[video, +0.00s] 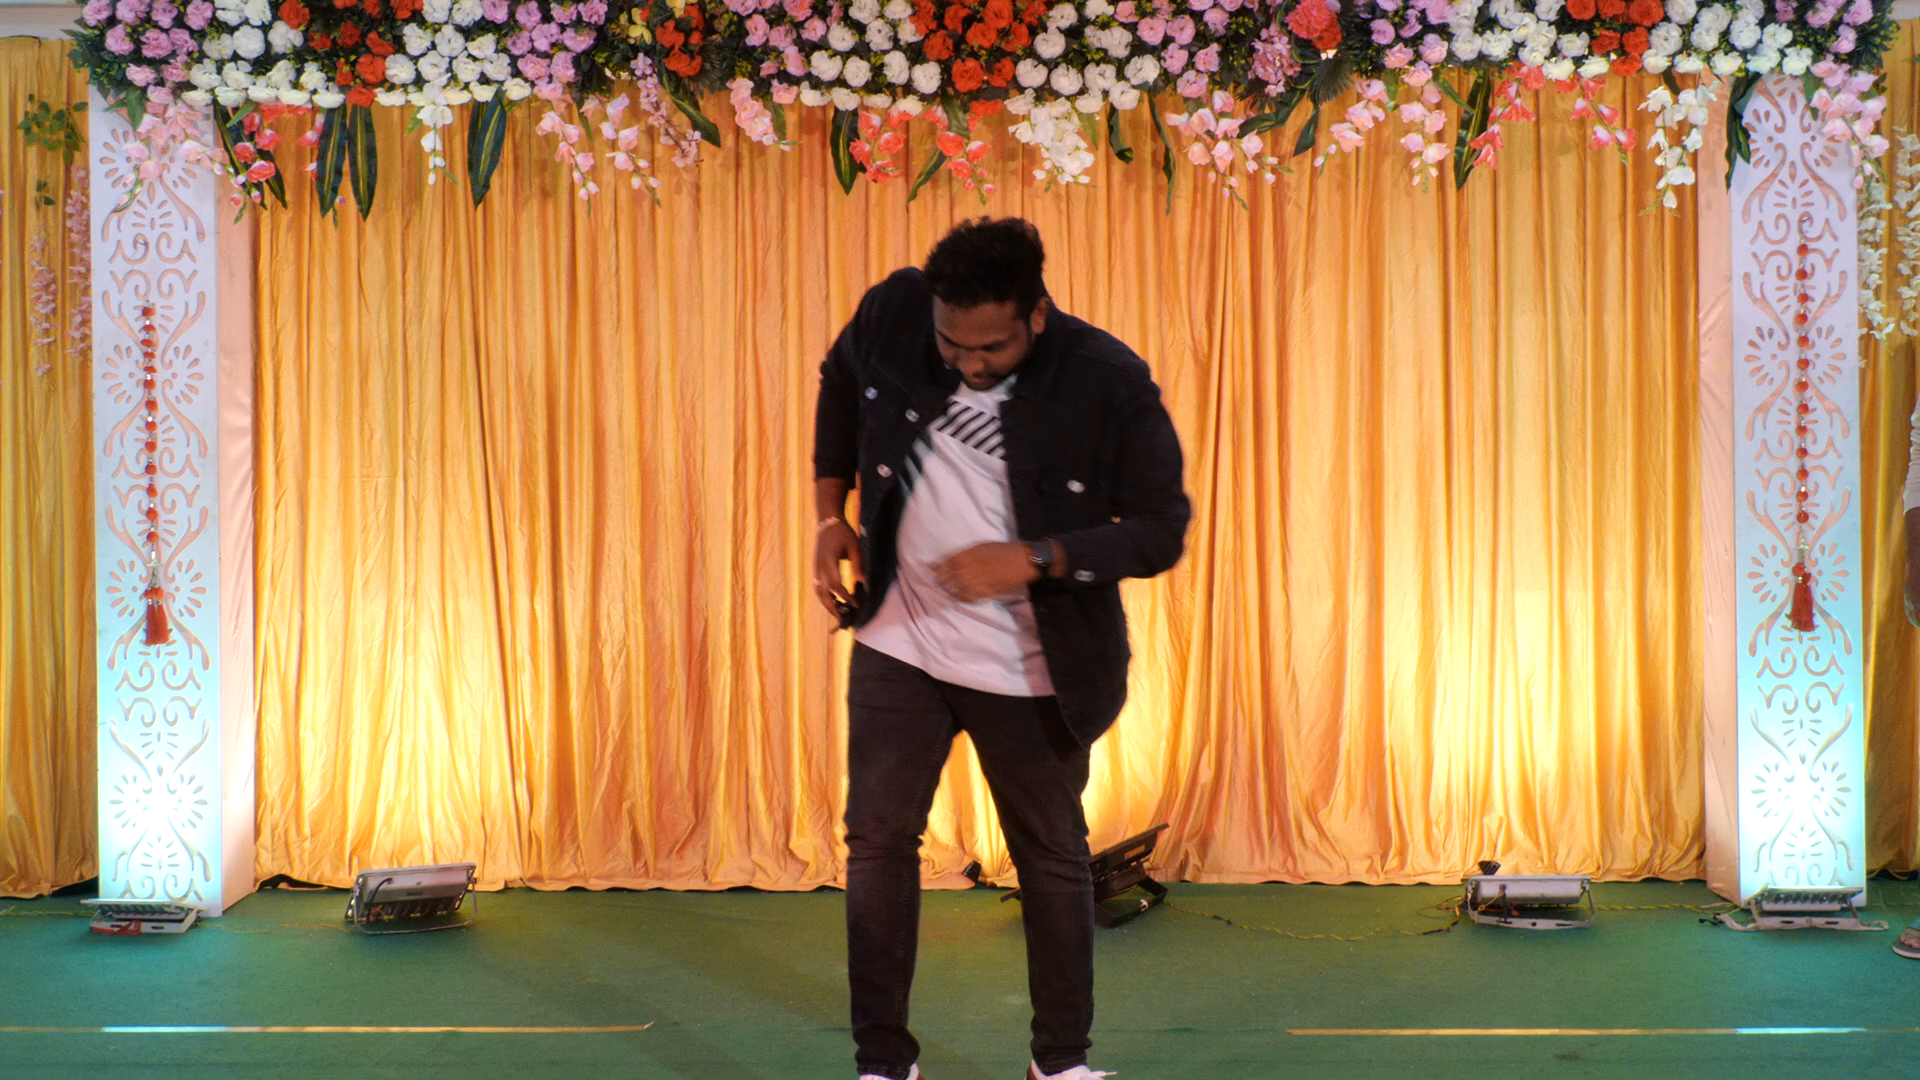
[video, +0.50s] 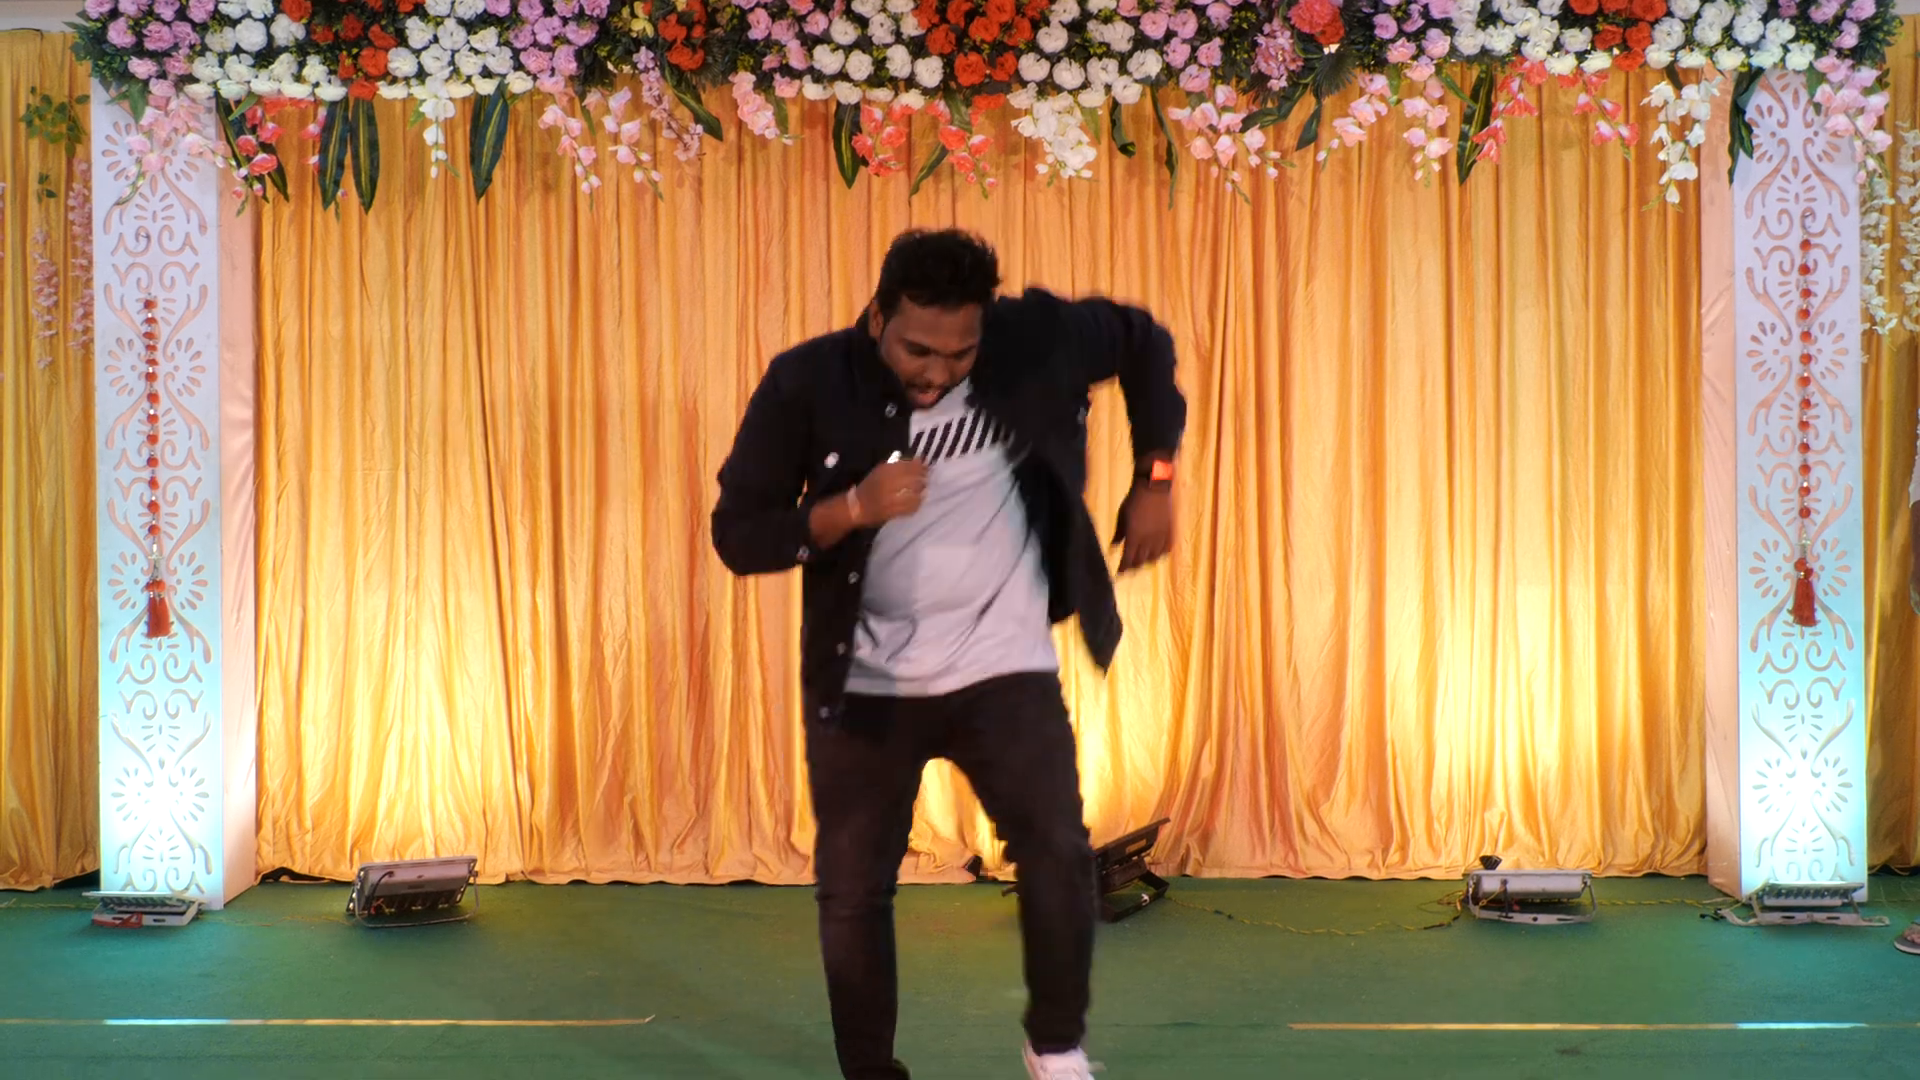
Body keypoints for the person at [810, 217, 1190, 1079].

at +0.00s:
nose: (970, 365)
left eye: (991, 348)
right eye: (953, 343)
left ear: (1036, 315)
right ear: (933, 308)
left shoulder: (1106, 379)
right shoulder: (896, 311)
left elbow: (1161, 530)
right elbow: (842, 381)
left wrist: (1035, 558)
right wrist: (831, 511)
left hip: (1025, 663)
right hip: (901, 642)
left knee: (1053, 860)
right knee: (877, 842)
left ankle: (1062, 1058)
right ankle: (881, 1061)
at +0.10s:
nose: (948, 348)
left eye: (972, 330)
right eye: (931, 324)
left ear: (1020, 301)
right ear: (913, 292)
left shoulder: (1087, 387)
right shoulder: (879, 311)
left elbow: (1094, 546)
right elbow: (825, 392)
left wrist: (964, 567)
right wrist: (798, 518)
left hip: (988, 675)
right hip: (864, 657)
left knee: (1031, 876)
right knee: (849, 864)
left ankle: (1062, 1061)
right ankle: (857, 1064)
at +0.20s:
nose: (929, 374)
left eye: (953, 355)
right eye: (912, 349)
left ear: (997, 337)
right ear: (893, 322)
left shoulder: (1057, 421)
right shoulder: (852, 367)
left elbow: (1049, 583)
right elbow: (803, 476)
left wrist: (927, 645)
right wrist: (772, 582)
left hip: (961, 720)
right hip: (836, 698)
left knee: (1008, 912)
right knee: (821, 901)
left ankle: (1061, 1068)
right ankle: (867, 1074)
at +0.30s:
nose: (911, 399)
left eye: (937, 382)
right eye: (896, 373)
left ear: (975, 362)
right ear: (872, 344)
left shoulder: (1037, 435)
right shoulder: (821, 417)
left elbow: (1093, 567)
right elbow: (792, 544)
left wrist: (1023, 680)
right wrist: (777, 624)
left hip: (959, 728)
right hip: (828, 712)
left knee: (1001, 918)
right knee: (809, 915)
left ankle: (1068, 1053)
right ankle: (866, 1075)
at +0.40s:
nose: (913, 404)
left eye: (937, 387)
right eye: (895, 380)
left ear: (967, 357)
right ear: (864, 345)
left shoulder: (1026, 398)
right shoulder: (804, 418)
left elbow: (1139, 455)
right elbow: (754, 558)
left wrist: (1108, 593)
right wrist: (804, 580)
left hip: (976, 709)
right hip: (842, 711)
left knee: (1028, 886)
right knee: (828, 911)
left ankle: (1046, 1029)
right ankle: (870, 1073)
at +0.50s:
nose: (936, 374)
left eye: (959, 354)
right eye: (917, 351)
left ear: (985, 323)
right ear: (880, 318)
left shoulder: (1032, 341)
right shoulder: (809, 383)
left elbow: (1142, 338)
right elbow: (738, 535)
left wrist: (1157, 475)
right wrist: (850, 508)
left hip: (1005, 672)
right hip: (866, 684)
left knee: (1059, 856)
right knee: (851, 892)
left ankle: (1057, 1052)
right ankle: (870, 1071)